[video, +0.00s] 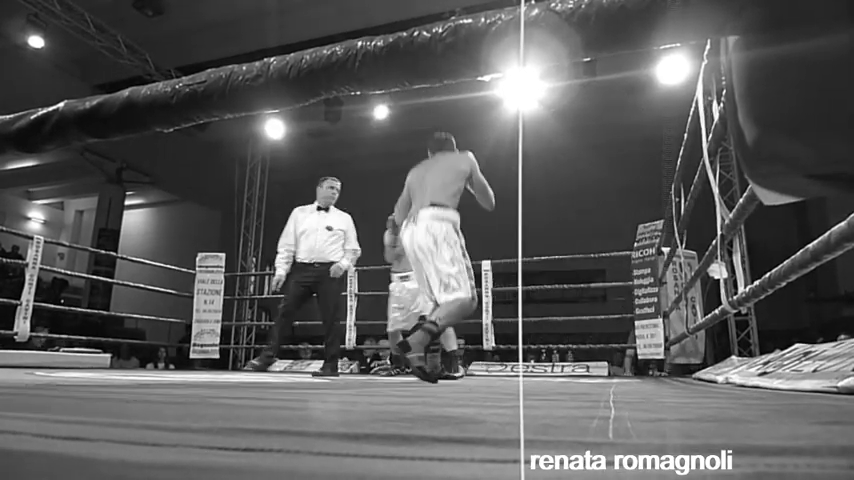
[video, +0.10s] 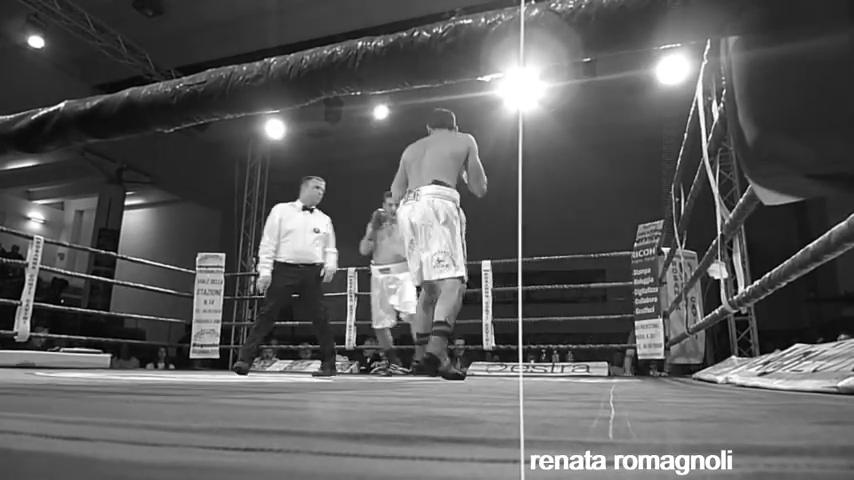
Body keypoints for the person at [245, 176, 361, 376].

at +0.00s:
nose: (334, 193)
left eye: (337, 190)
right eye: (330, 188)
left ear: (338, 195)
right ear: (318, 190)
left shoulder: (344, 219)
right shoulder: (299, 213)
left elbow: (353, 250)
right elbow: (286, 247)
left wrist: (343, 264)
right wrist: (281, 271)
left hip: (330, 272)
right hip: (301, 270)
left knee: (332, 319)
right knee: (285, 310)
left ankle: (331, 365)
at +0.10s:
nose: (321, 193)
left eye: (323, 191)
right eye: (318, 188)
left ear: (322, 195)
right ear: (305, 187)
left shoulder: (324, 220)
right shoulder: (281, 211)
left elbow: (330, 248)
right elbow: (268, 243)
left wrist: (330, 264)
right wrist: (264, 271)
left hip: (312, 272)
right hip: (283, 270)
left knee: (320, 317)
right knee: (267, 315)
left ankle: (328, 364)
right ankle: (245, 361)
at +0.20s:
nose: (309, 192)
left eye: (311, 189)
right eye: (306, 186)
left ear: (311, 193)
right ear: (293, 185)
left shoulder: (308, 218)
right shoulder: (268, 207)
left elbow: (312, 250)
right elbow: (255, 240)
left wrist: (316, 268)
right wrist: (255, 268)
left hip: (299, 269)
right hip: (271, 268)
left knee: (309, 317)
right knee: (258, 315)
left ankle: (320, 363)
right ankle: (243, 361)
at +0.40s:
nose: (281, 186)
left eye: (283, 183)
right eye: (277, 181)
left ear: (282, 187)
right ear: (264, 180)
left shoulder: (272, 213)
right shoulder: (243, 200)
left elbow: (267, 246)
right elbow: (228, 233)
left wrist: (278, 264)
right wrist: (227, 262)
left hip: (264, 265)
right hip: (245, 261)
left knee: (263, 312)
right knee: (244, 312)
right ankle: (239, 361)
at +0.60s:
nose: (249, 184)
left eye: (251, 181)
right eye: (246, 180)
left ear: (249, 185)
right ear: (232, 179)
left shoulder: (236, 209)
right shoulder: (213, 199)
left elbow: (231, 247)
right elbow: (197, 230)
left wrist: (247, 263)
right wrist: (191, 262)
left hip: (226, 260)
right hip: (213, 256)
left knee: (207, 311)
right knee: (227, 309)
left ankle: (164, 347)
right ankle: (234, 361)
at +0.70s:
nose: (236, 187)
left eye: (237, 184)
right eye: (232, 181)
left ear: (235, 187)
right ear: (218, 180)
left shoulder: (223, 213)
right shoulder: (199, 201)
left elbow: (218, 251)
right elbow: (183, 232)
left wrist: (236, 265)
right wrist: (177, 263)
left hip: (210, 263)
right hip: (197, 259)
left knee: (182, 314)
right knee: (216, 311)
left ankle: (149, 357)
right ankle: (228, 362)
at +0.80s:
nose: (217, 187)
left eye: (218, 184)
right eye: (213, 181)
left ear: (217, 187)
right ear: (198, 180)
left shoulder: (202, 213)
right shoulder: (176, 200)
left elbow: (199, 248)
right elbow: (165, 232)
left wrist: (212, 266)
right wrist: (162, 263)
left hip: (189, 264)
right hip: (176, 260)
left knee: (166, 315)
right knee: (194, 307)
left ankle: (141, 361)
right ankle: (201, 360)